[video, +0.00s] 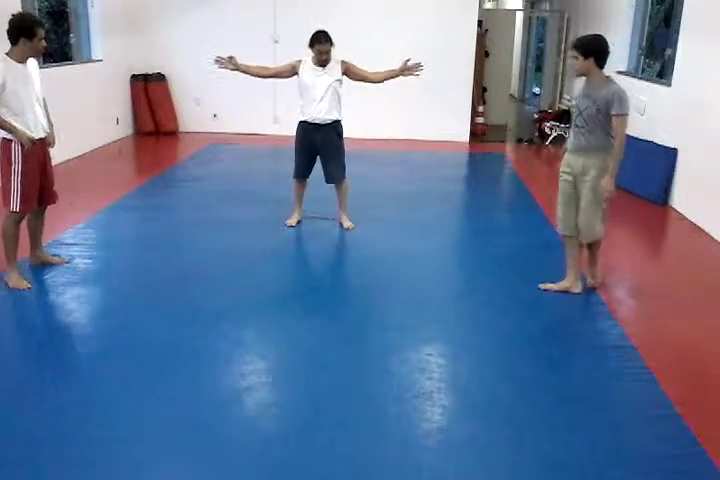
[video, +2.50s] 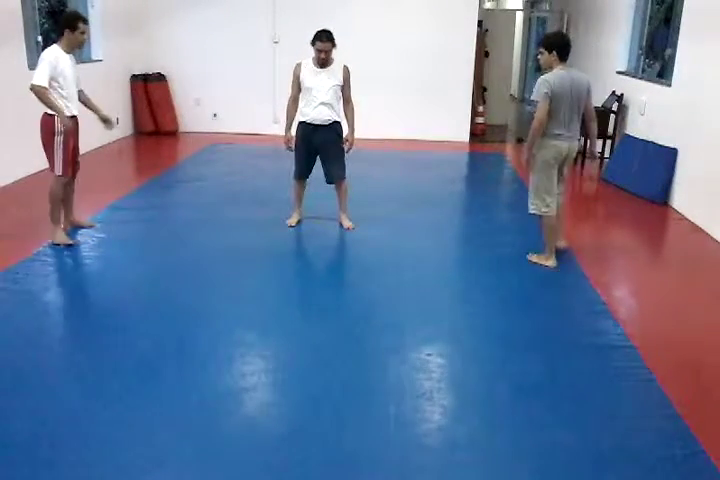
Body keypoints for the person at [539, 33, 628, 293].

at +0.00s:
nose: (572, 63)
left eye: (576, 58)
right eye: (572, 58)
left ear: (591, 59)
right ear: (587, 60)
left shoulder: (615, 93)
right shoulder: (582, 86)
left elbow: (619, 137)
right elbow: (578, 125)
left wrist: (611, 175)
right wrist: (567, 150)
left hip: (596, 161)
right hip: (572, 157)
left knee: (591, 225)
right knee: (567, 223)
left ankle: (592, 273)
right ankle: (572, 278)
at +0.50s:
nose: (563, 66)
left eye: (567, 60)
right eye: (563, 60)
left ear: (583, 61)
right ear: (581, 61)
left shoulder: (597, 95)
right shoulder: (582, 89)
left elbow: (595, 146)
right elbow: (578, 133)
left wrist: (582, 190)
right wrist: (561, 153)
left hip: (585, 169)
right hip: (571, 165)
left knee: (576, 234)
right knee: (561, 224)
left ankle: (572, 301)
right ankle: (569, 281)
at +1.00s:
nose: (557, 64)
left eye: (561, 59)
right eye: (557, 58)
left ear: (576, 60)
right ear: (579, 61)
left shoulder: (589, 98)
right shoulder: (580, 92)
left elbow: (589, 149)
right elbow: (579, 143)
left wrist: (573, 191)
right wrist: (565, 176)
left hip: (583, 171)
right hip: (570, 167)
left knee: (576, 237)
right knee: (561, 228)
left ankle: (572, 301)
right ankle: (566, 278)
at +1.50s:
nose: (558, 63)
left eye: (562, 58)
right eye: (558, 57)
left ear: (576, 59)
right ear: (580, 60)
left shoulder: (586, 93)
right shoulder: (588, 89)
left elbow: (582, 145)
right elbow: (582, 141)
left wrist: (569, 187)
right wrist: (568, 178)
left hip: (574, 165)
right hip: (578, 163)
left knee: (554, 225)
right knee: (571, 224)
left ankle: (566, 290)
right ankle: (569, 279)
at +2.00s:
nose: (552, 66)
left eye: (554, 61)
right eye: (552, 60)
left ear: (566, 61)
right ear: (577, 62)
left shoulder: (559, 91)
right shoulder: (597, 91)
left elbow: (551, 133)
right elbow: (604, 130)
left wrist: (539, 170)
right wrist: (584, 125)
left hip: (560, 157)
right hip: (587, 160)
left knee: (544, 209)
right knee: (577, 222)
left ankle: (545, 254)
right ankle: (570, 278)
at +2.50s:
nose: (539, 58)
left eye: (541, 53)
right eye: (539, 53)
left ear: (553, 55)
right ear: (563, 55)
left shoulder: (547, 81)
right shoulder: (582, 80)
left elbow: (540, 120)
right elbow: (590, 117)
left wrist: (528, 148)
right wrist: (593, 147)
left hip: (550, 143)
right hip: (570, 144)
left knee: (546, 199)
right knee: (558, 192)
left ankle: (549, 253)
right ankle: (559, 237)